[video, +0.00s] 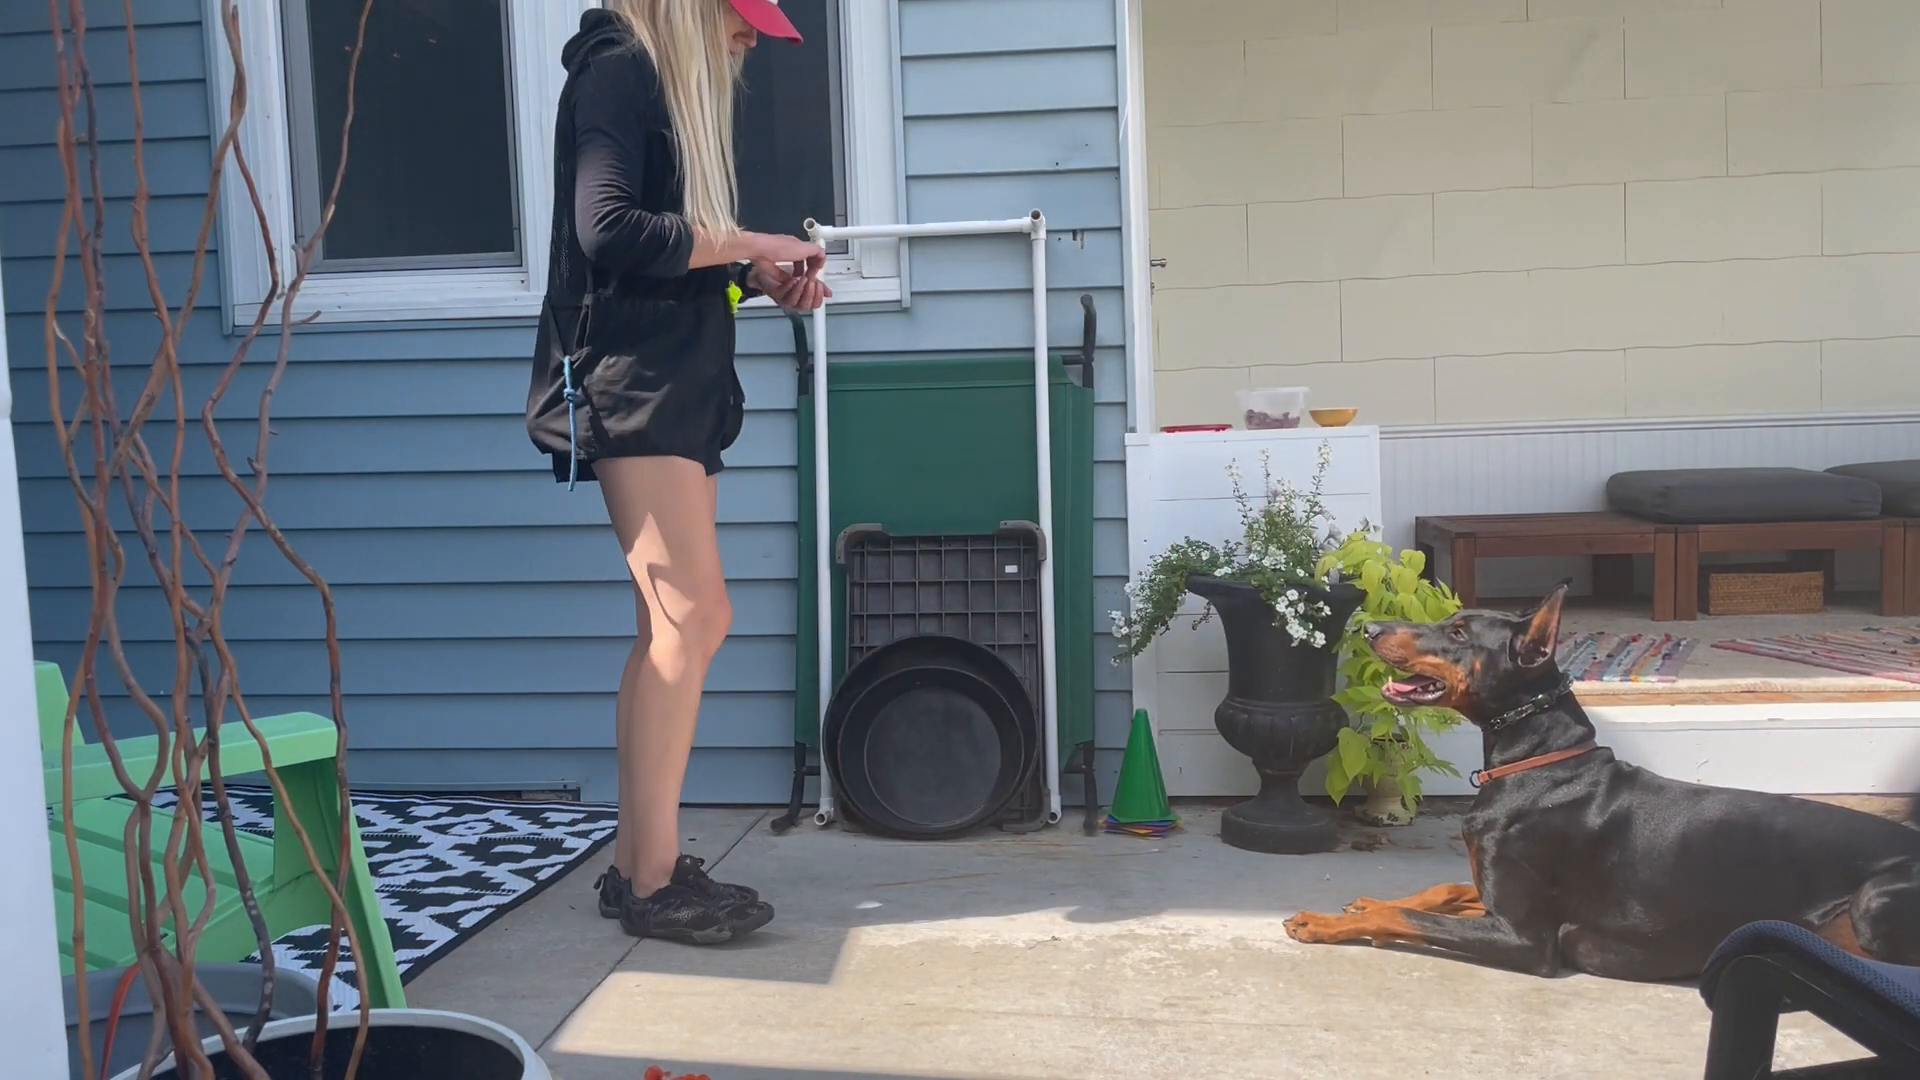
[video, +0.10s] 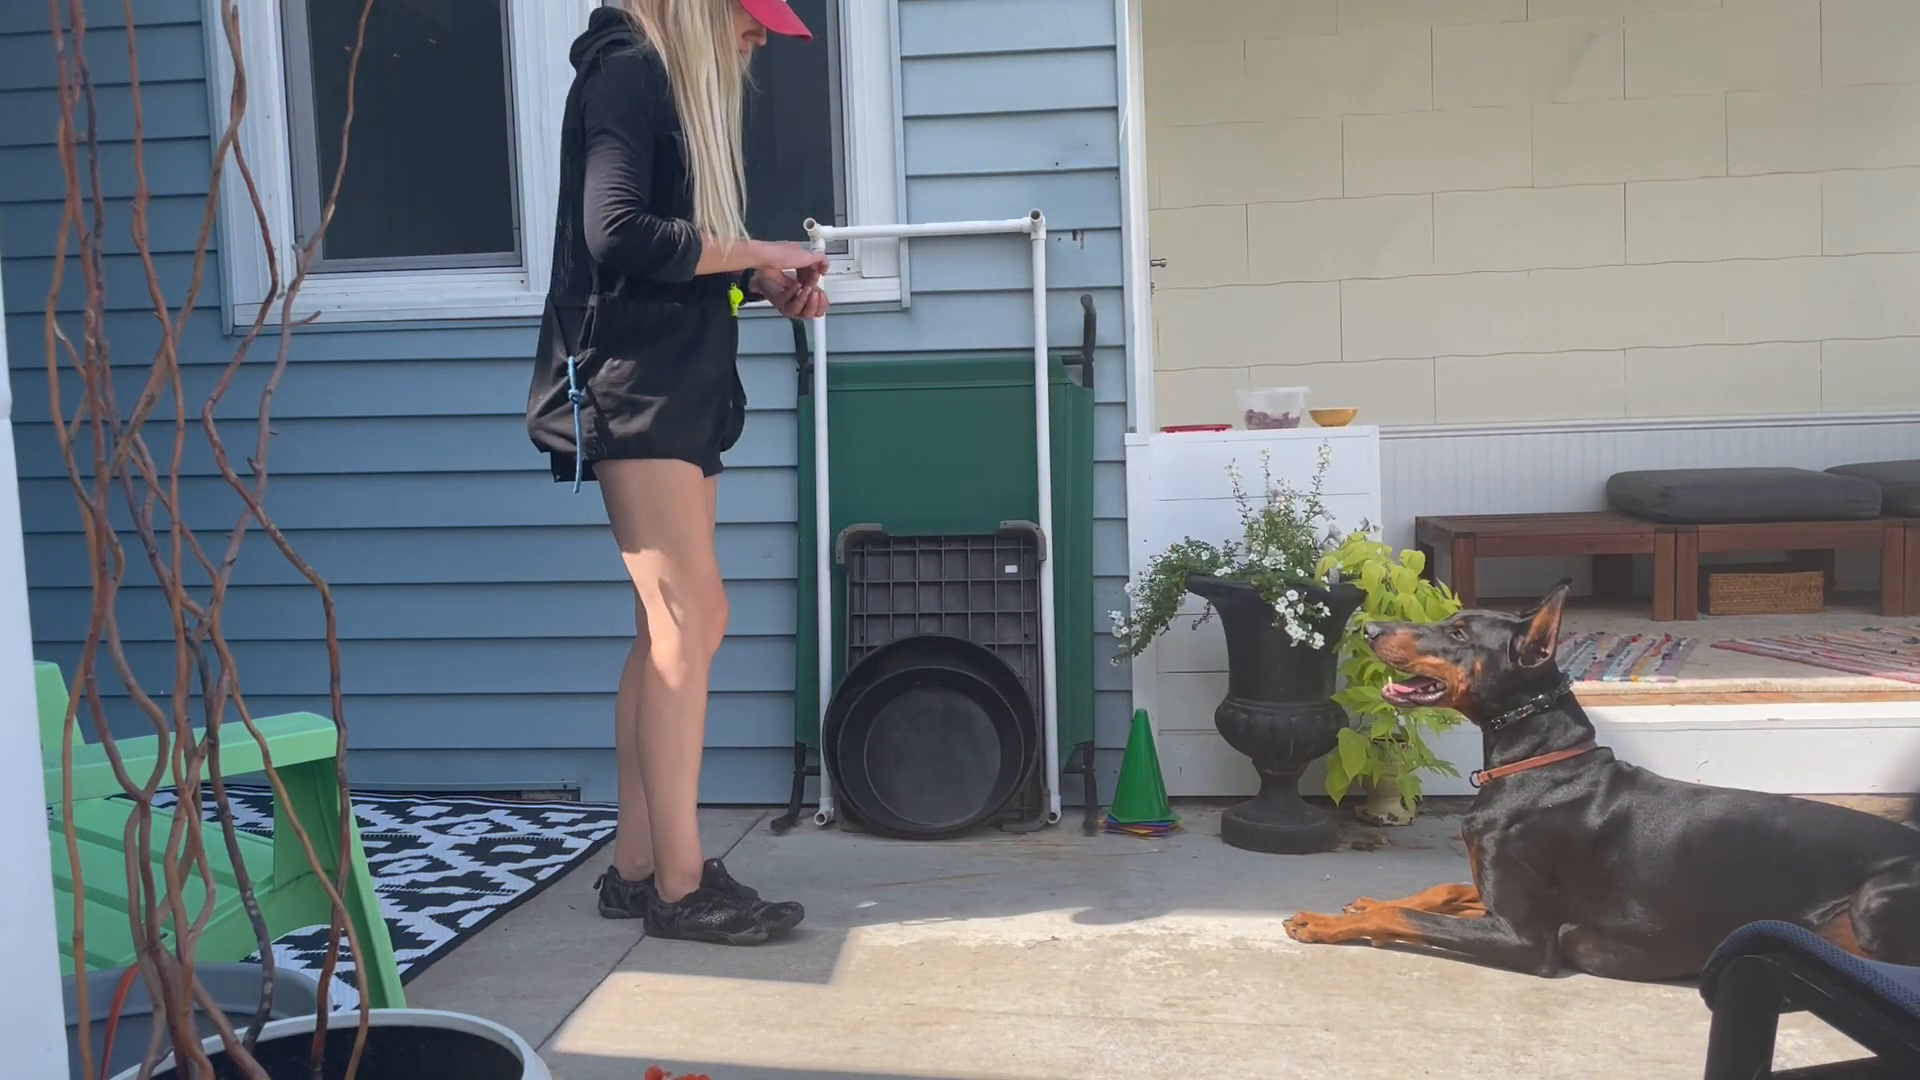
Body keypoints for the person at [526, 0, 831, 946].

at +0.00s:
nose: (745, 43)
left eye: (749, 31)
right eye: (740, 26)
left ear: (700, 14)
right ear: (693, 8)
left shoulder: (672, 77)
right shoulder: (620, 68)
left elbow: (667, 240)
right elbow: (605, 232)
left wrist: (756, 274)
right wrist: (741, 245)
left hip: (666, 376)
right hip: (633, 375)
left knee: (671, 621)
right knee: (694, 615)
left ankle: (638, 861)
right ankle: (653, 879)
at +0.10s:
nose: (752, 41)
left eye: (756, 29)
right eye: (748, 23)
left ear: (700, 6)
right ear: (704, 5)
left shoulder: (672, 73)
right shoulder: (630, 66)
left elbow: (664, 239)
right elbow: (613, 234)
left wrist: (757, 275)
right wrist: (750, 256)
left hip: (669, 370)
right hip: (634, 371)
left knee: (670, 621)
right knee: (693, 616)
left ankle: (636, 865)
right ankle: (681, 884)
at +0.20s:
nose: (766, 41)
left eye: (770, 30)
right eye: (761, 25)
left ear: (713, 7)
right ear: (717, 7)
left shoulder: (684, 71)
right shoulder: (645, 66)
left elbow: (678, 233)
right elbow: (620, 235)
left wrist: (764, 276)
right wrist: (753, 261)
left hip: (666, 370)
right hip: (643, 372)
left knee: (668, 623)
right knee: (692, 618)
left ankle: (637, 864)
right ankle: (683, 886)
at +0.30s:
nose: (776, 44)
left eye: (780, 31)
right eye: (771, 26)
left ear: (716, 7)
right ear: (726, 10)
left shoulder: (685, 75)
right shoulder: (653, 73)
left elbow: (681, 237)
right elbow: (630, 243)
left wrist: (768, 277)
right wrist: (758, 260)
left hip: (663, 375)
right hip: (647, 378)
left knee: (668, 625)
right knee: (692, 622)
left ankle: (637, 864)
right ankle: (683, 886)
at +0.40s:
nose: (790, 40)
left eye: (794, 27)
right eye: (784, 22)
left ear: (720, 4)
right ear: (737, 7)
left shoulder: (693, 70)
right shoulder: (664, 72)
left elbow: (692, 240)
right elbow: (643, 246)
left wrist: (778, 277)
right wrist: (768, 262)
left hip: (665, 374)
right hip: (655, 378)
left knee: (668, 627)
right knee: (695, 625)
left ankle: (638, 862)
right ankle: (683, 886)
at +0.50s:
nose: (807, 34)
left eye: (811, 22)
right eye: (801, 17)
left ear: (747, 6)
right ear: (751, 5)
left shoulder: (712, 67)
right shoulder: (672, 67)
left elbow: (716, 231)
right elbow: (658, 249)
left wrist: (793, 277)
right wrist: (778, 264)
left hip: (674, 372)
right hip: (657, 376)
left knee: (670, 628)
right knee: (696, 626)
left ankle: (639, 863)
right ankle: (684, 886)